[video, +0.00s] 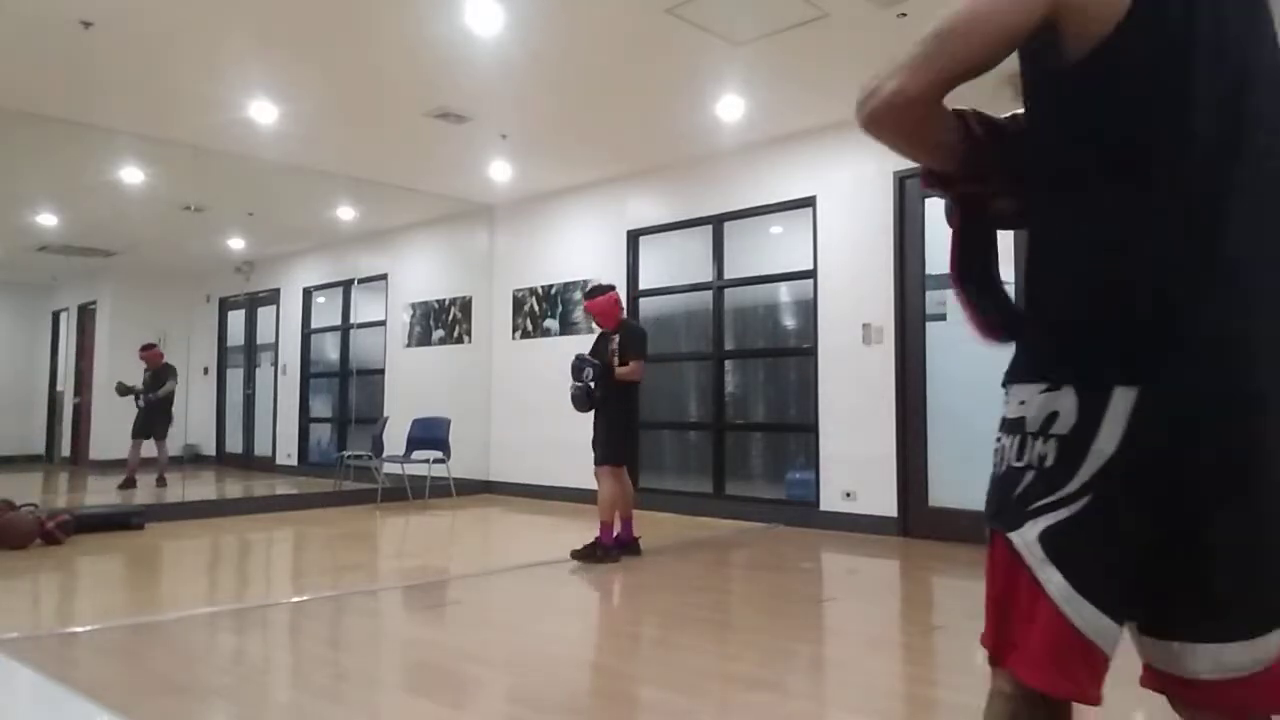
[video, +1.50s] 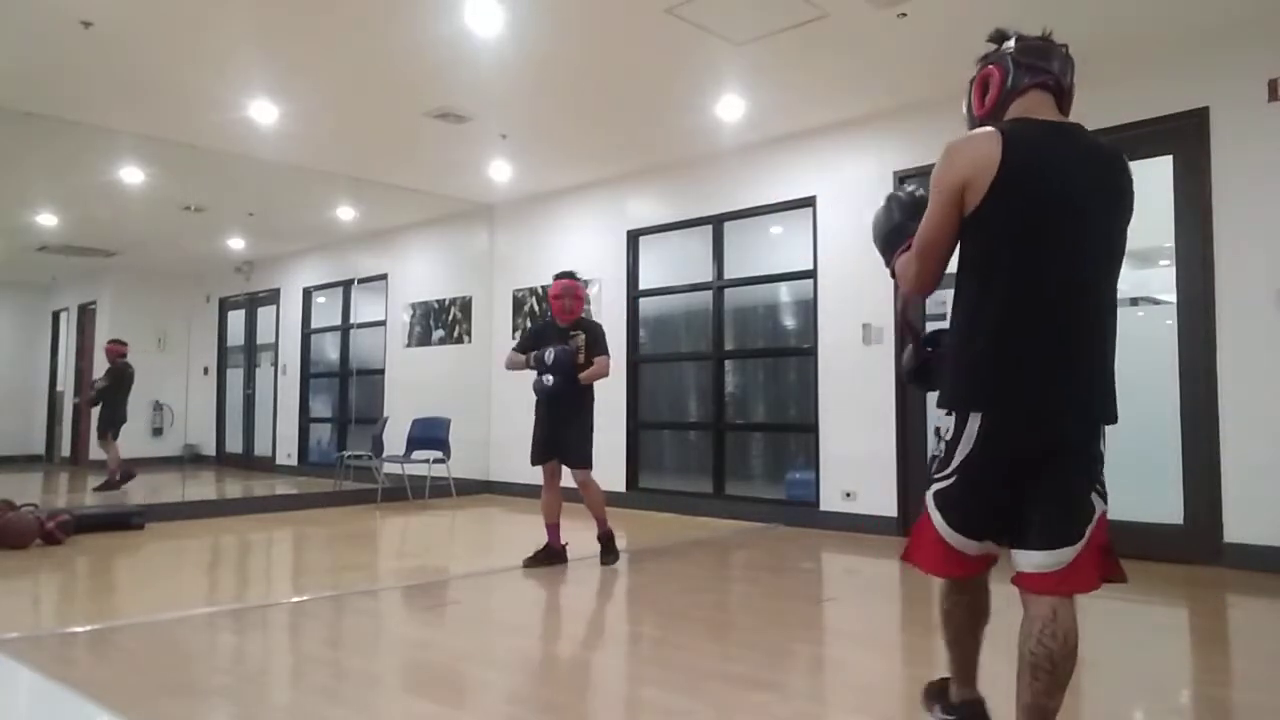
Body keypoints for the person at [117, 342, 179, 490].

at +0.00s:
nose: (145, 363)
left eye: (146, 359)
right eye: (143, 360)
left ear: (156, 356)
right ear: (146, 359)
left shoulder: (169, 369)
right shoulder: (148, 371)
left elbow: (170, 386)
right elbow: (146, 388)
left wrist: (153, 396)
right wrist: (131, 389)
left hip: (161, 413)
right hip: (145, 412)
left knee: (160, 444)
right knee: (136, 443)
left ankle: (161, 476)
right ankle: (130, 477)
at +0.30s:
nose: (144, 362)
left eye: (145, 358)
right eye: (142, 359)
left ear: (155, 355)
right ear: (147, 358)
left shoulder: (167, 369)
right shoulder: (150, 371)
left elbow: (166, 385)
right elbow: (144, 388)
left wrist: (150, 389)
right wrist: (125, 390)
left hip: (159, 412)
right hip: (145, 411)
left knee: (158, 441)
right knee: (135, 441)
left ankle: (160, 476)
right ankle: (136, 476)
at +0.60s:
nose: (135, 361)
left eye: (137, 358)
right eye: (134, 358)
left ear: (145, 356)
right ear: (140, 358)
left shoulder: (155, 369)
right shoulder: (142, 372)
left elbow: (154, 383)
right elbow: (134, 388)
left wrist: (136, 384)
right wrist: (122, 395)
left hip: (146, 413)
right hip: (134, 413)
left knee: (145, 443)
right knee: (134, 444)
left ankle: (159, 475)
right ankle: (136, 476)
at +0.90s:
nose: (125, 361)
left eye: (126, 357)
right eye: (124, 357)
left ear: (135, 355)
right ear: (134, 356)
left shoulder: (144, 369)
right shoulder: (135, 370)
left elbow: (136, 384)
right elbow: (130, 385)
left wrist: (117, 383)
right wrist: (113, 384)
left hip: (133, 411)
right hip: (129, 409)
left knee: (120, 440)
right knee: (131, 442)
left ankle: (138, 474)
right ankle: (138, 476)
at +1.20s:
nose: (115, 362)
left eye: (116, 358)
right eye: (114, 358)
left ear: (124, 356)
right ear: (126, 355)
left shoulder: (129, 371)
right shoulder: (134, 369)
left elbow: (115, 389)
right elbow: (118, 388)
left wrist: (100, 392)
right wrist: (103, 391)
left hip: (120, 413)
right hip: (127, 413)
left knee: (110, 443)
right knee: (126, 442)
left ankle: (111, 479)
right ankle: (136, 476)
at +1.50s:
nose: (106, 356)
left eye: (108, 352)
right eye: (106, 352)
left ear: (114, 353)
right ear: (122, 353)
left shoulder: (115, 370)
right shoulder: (128, 369)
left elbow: (103, 388)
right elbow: (110, 385)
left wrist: (90, 399)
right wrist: (97, 385)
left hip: (110, 411)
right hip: (119, 411)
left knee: (105, 442)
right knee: (109, 442)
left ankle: (113, 477)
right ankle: (122, 471)